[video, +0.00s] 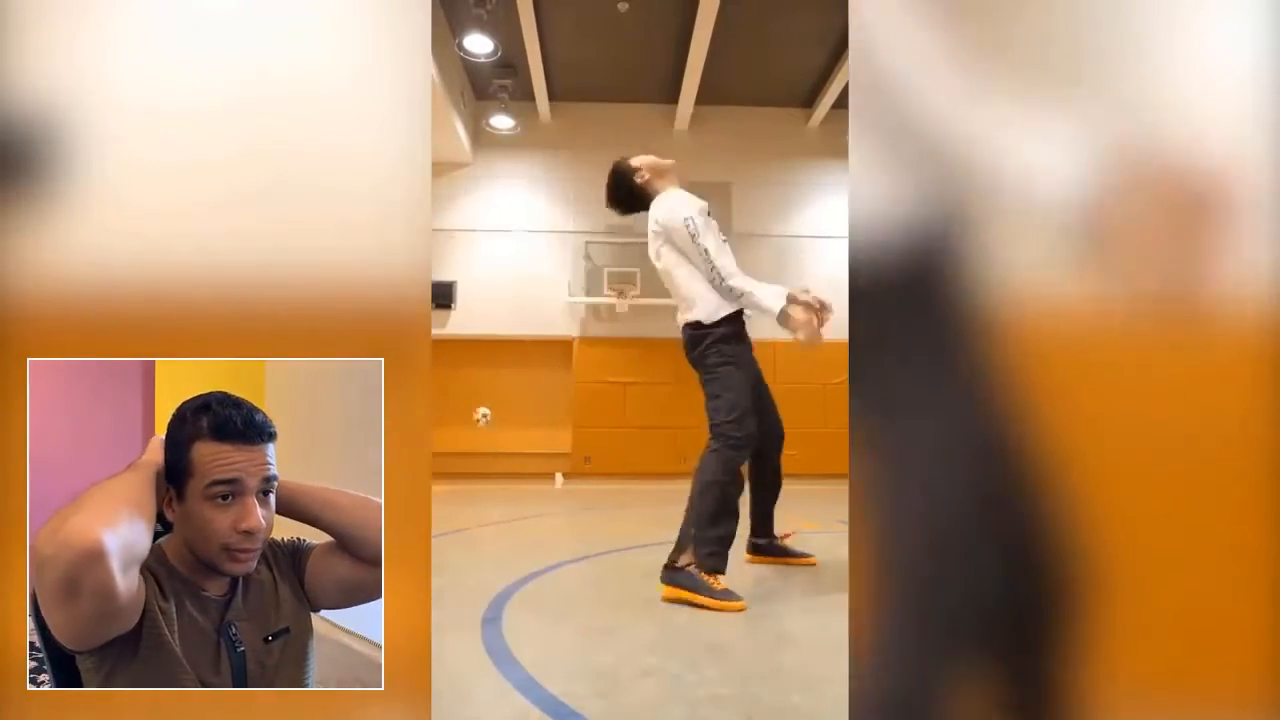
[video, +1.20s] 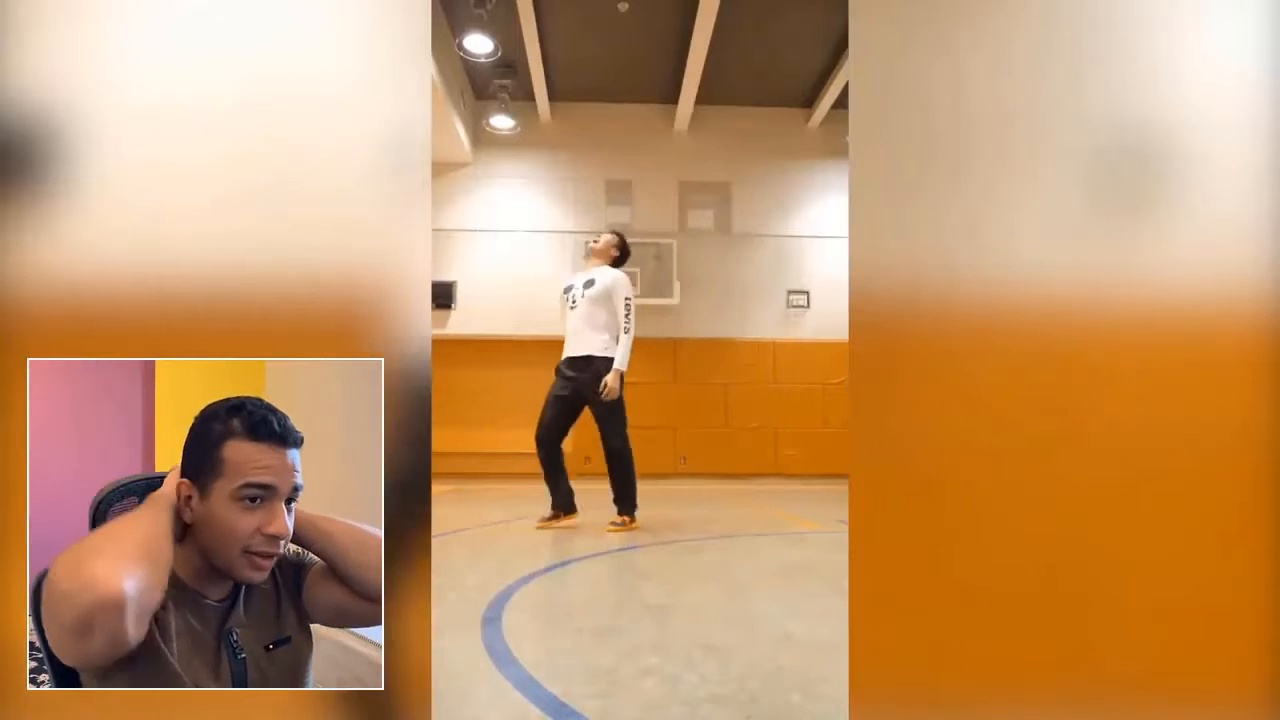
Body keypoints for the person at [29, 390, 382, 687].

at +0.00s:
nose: (254, 523)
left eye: (264, 493)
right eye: (223, 497)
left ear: (270, 492)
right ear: (170, 503)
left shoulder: (285, 573)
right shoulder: (121, 602)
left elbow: (398, 550)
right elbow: (80, 549)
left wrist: (265, 490)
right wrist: (148, 471)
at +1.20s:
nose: (279, 529)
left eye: (290, 501)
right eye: (254, 500)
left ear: (295, 502)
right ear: (189, 500)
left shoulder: (285, 581)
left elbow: (396, 584)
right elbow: (107, 596)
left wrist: (284, 514)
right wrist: (163, 501)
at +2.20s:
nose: (289, 535)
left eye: (299, 506)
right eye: (259, 506)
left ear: (307, 502)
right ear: (195, 506)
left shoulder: (285, 593)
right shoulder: (106, 606)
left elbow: (388, 674)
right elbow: (162, 709)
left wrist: (295, 553)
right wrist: (191, 563)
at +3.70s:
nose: (269, 511)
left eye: (280, 486)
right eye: (237, 486)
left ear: (289, 491)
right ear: (181, 498)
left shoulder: (300, 596)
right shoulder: (105, 623)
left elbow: (385, 702)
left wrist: (302, 670)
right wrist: (251, 679)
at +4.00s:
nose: (264, 513)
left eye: (276, 487)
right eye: (234, 487)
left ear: (287, 492)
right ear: (178, 500)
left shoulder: (299, 595)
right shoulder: (103, 624)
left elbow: (384, 702)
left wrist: (301, 672)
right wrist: (250, 677)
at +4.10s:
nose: (264, 513)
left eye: (276, 488)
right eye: (234, 487)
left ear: (286, 493)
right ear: (178, 499)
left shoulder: (299, 595)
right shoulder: (102, 624)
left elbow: (384, 701)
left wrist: (300, 672)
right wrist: (249, 677)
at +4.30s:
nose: (263, 513)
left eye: (275, 488)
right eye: (233, 488)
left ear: (286, 493)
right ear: (177, 499)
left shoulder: (298, 594)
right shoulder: (102, 624)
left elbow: (385, 701)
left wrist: (301, 672)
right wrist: (249, 677)